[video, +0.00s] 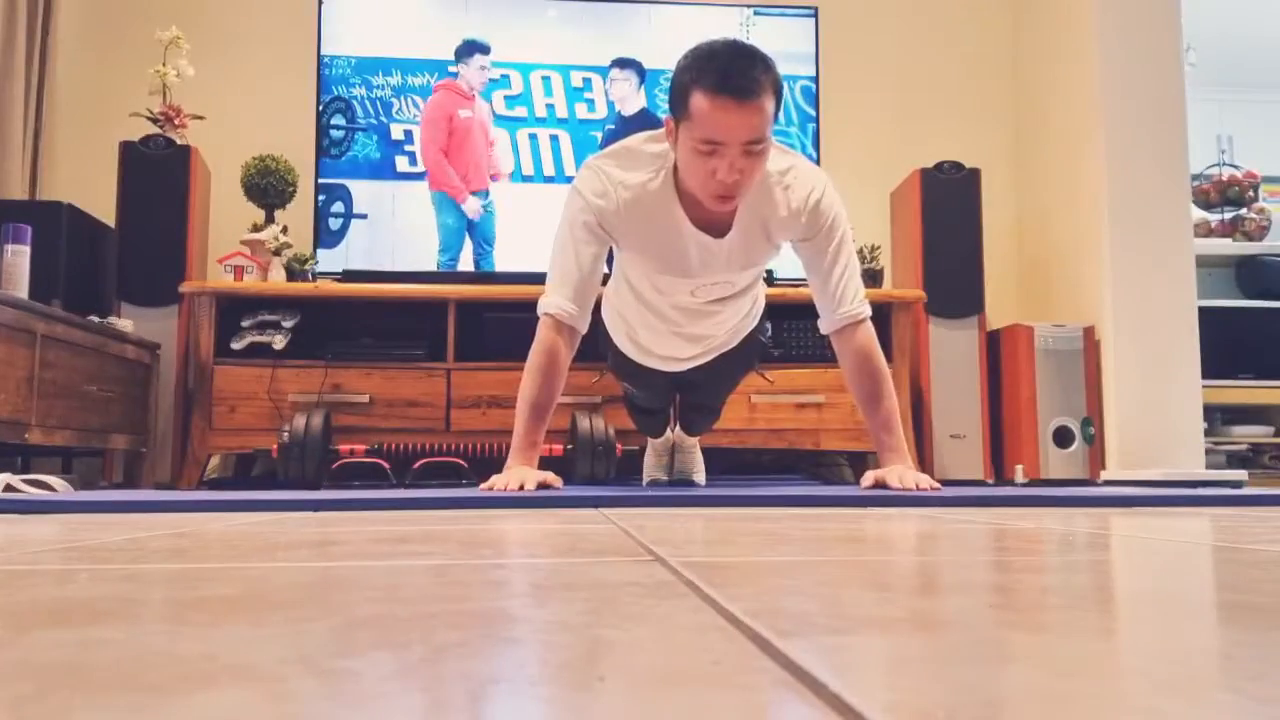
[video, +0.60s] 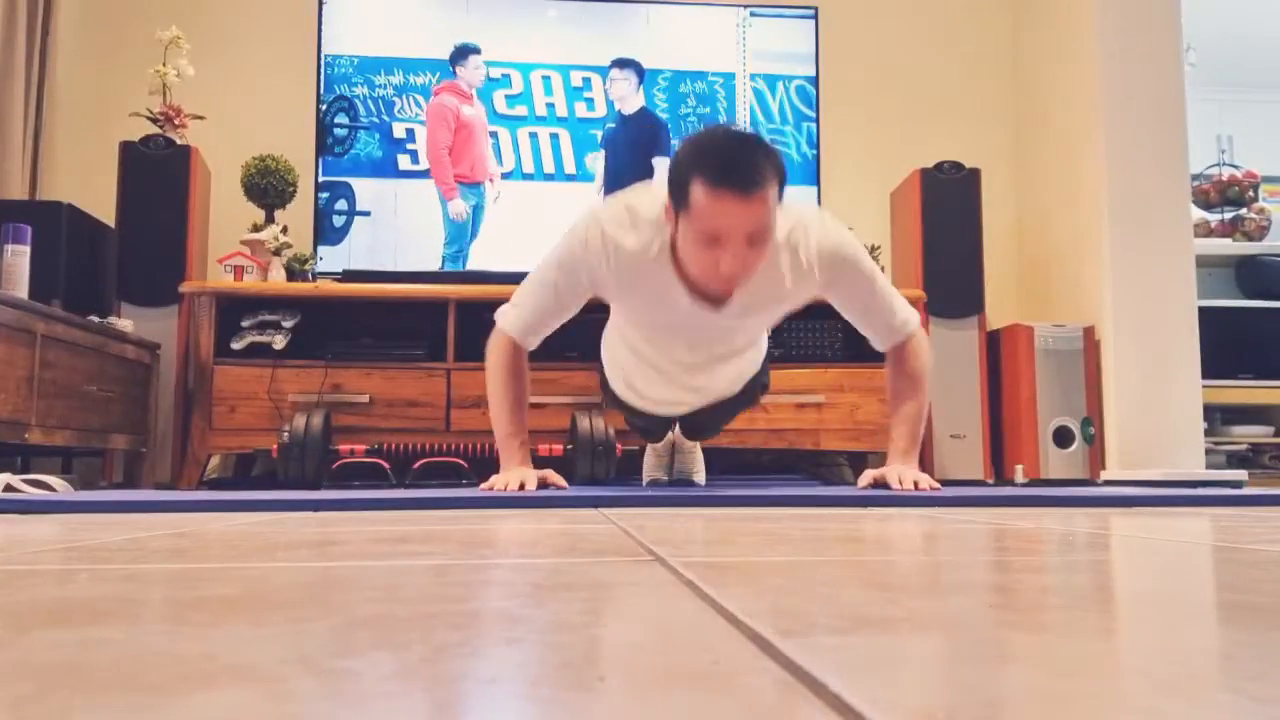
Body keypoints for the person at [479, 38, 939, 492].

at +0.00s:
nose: (731, 173)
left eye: (751, 150)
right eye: (710, 149)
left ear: (771, 135)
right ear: (671, 131)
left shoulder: (801, 194)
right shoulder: (606, 187)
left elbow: (850, 328)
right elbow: (557, 327)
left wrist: (895, 459)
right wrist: (520, 460)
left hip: (731, 334)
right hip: (638, 333)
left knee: (702, 410)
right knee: (649, 408)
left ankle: (687, 443)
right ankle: (657, 446)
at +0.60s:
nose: (732, 263)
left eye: (752, 241)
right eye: (712, 240)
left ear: (776, 218)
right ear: (673, 216)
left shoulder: (814, 244)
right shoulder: (607, 234)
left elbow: (906, 339)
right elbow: (507, 339)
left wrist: (903, 460)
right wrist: (513, 461)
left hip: (731, 385)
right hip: (635, 384)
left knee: (701, 428)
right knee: (650, 429)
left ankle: (686, 445)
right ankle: (661, 448)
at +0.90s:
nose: (743, 450)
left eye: (768, 431)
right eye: (722, 431)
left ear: (795, 392)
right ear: (679, 396)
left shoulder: (819, 365)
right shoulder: (627, 369)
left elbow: (926, 348)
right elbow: (503, 343)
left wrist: (905, 461)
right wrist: (514, 462)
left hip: (753, 486)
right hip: (641, 484)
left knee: (748, 599)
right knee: (644, 596)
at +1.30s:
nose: (747, 134)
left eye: (766, 109)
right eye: (726, 110)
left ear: (785, 97)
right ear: (686, 94)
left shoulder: (814, 165)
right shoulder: (624, 161)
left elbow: (890, 295)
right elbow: (532, 292)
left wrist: (948, 425)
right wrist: (479, 419)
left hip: (743, 355)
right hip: (645, 350)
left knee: (701, 415)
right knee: (649, 417)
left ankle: (680, 442)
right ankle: (653, 447)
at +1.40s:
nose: (755, 199)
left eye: (772, 175)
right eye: (734, 176)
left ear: (795, 162)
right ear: (692, 161)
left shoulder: (829, 215)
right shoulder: (624, 213)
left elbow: (918, 332)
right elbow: (512, 332)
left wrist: (970, 459)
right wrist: (456, 458)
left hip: (746, 382)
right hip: (645, 376)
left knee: (709, 426)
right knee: (645, 424)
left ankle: (678, 447)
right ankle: (646, 449)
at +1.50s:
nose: (753, 264)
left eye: (776, 241)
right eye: (734, 238)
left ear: (801, 223)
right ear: (697, 213)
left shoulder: (841, 260)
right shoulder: (624, 255)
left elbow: (947, 335)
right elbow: (487, 335)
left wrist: (972, 458)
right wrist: (454, 458)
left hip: (754, 423)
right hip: (640, 418)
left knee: (755, 558)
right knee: (635, 558)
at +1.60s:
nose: (761, 362)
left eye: (782, 341)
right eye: (742, 339)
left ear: (810, 318)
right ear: (701, 311)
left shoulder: (841, 314)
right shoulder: (633, 311)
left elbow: (955, 340)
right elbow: (485, 337)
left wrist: (973, 460)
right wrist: (453, 459)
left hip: (745, 461)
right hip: (629, 455)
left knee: (742, 579)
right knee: (611, 571)